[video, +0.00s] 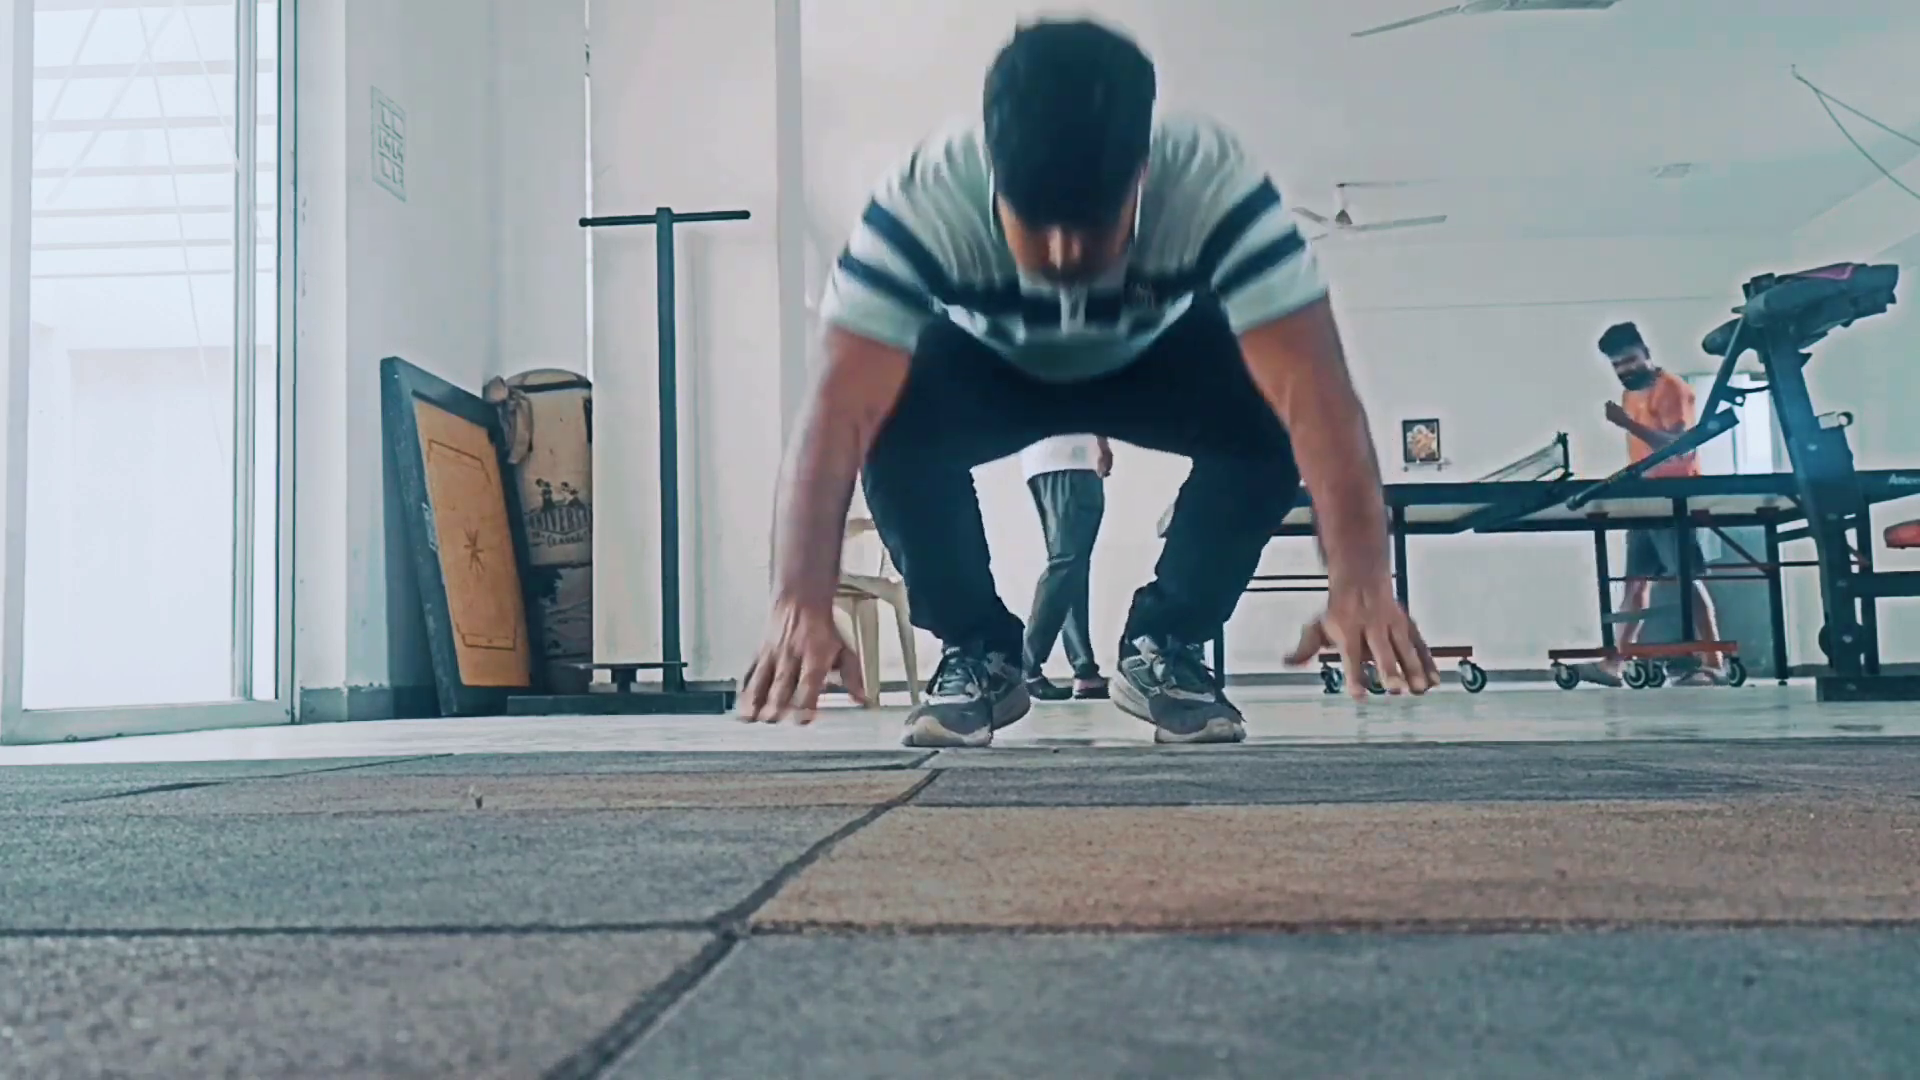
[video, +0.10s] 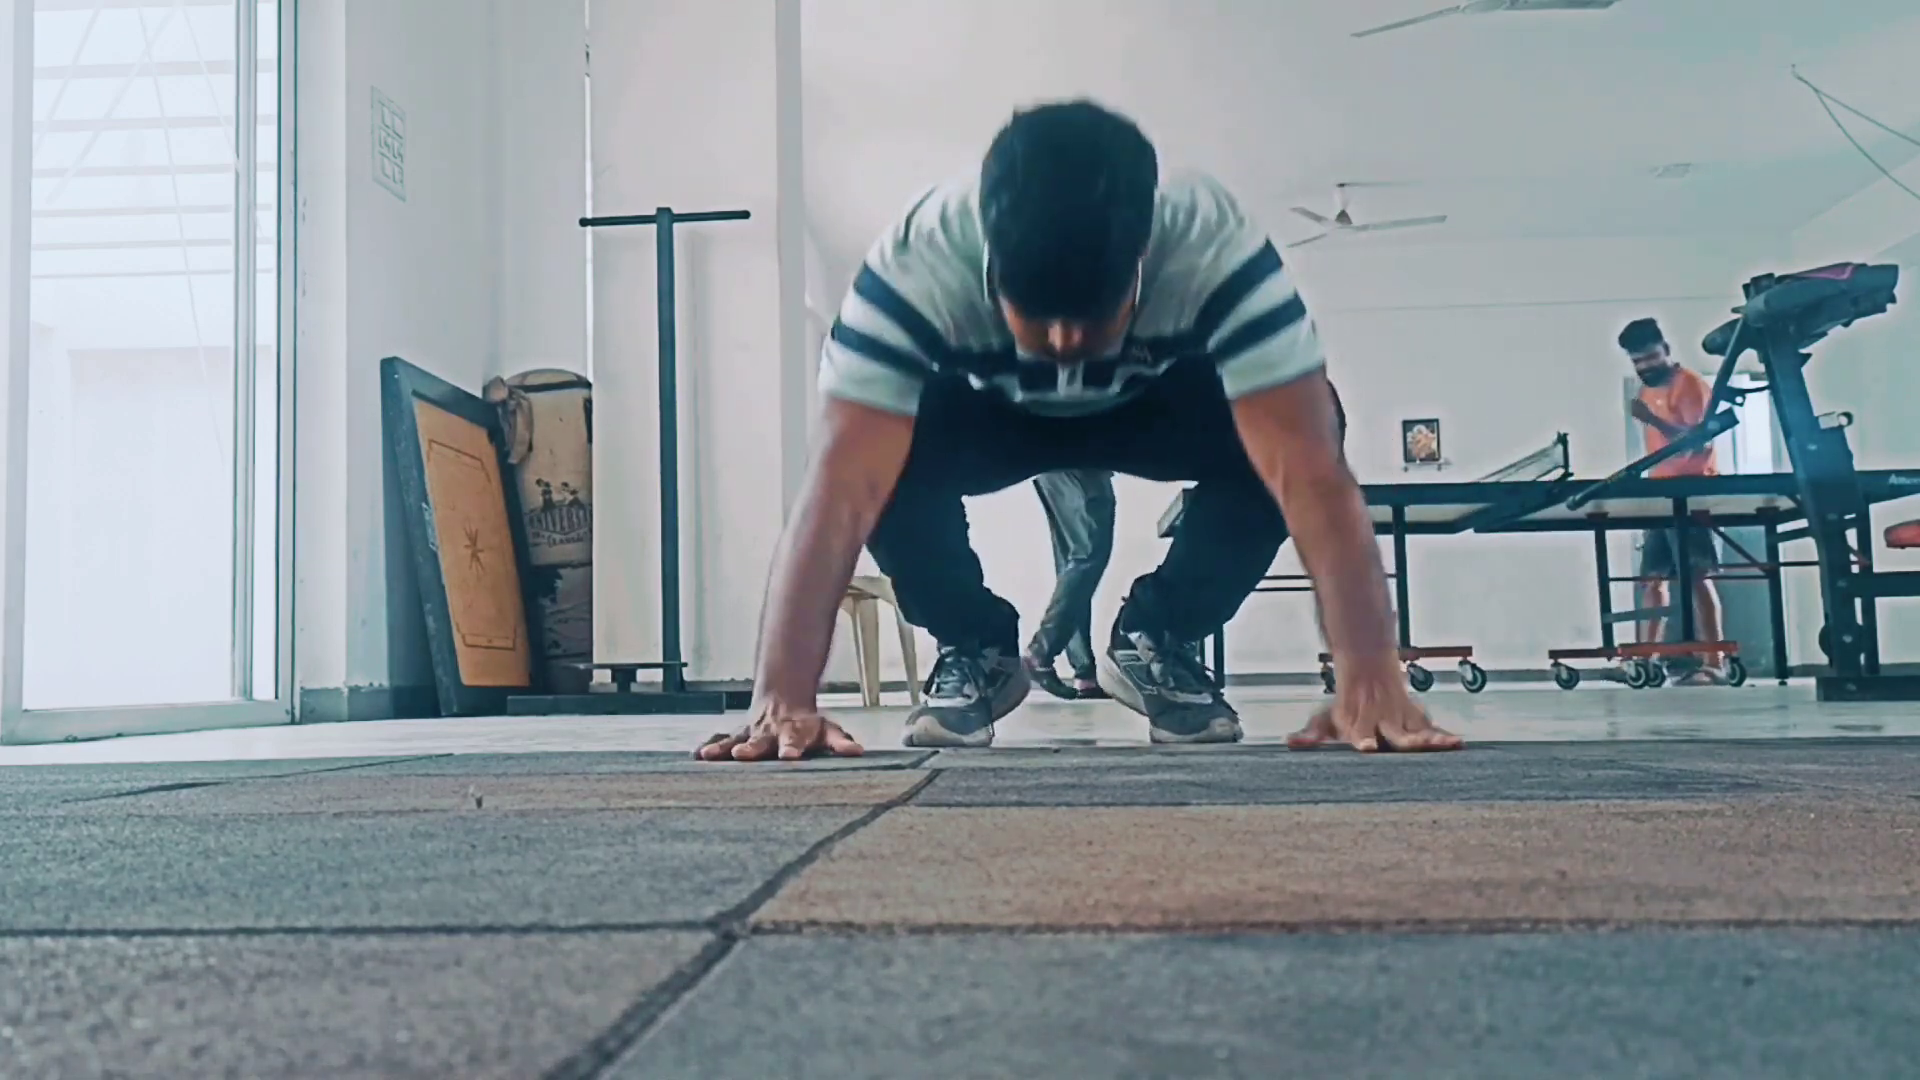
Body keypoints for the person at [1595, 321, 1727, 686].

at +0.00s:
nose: (1623, 370)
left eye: (1628, 361)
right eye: (1616, 364)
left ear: (1646, 354)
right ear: (1612, 365)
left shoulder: (1672, 388)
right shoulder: (1631, 396)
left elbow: (1678, 445)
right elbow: (1643, 451)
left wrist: (1627, 423)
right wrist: (1627, 487)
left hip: (1673, 493)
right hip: (1643, 494)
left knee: (1691, 580)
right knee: (1635, 582)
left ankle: (1714, 664)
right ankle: (1614, 663)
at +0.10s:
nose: (1645, 367)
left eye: (1651, 357)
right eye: (1638, 360)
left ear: (1667, 350)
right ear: (1631, 361)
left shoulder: (1689, 385)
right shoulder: (1648, 391)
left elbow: (1697, 443)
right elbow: (1662, 446)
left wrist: (1651, 418)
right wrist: (1650, 480)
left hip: (1691, 490)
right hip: (1661, 491)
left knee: (1698, 578)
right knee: (1652, 578)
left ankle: (1713, 662)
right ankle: (1644, 659)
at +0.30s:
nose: (1684, 361)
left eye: (1690, 352)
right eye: (1676, 354)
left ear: (1704, 346)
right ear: (1669, 353)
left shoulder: (1728, 377)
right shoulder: (1678, 389)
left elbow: (1745, 435)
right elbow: (1677, 444)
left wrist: (1708, 426)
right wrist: (1673, 489)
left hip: (1723, 482)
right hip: (1689, 485)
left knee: (1718, 571)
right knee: (1696, 579)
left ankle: (1718, 662)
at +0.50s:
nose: (1713, 360)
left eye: (1718, 350)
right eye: (1708, 352)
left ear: (1738, 346)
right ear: (1707, 354)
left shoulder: (1767, 382)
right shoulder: (1711, 390)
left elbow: (1791, 443)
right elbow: (1704, 452)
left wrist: (1743, 416)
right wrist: (1687, 499)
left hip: (1760, 490)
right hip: (1724, 493)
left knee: (1741, 574)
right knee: (1761, 583)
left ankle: (1720, 663)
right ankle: (1814, 655)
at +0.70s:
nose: (1750, 361)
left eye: (1755, 353)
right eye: (1746, 355)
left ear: (1775, 351)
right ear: (1743, 358)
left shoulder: (1807, 380)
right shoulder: (1746, 389)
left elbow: (1823, 433)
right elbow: (1734, 447)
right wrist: (1715, 491)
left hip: (1804, 490)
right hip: (1767, 492)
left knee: (1771, 574)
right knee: (1794, 577)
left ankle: (1751, 659)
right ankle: (1818, 656)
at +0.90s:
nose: (1771, 354)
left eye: (1777, 344)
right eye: (1768, 347)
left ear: (1797, 341)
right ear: (1766, 350)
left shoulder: (1831, 371)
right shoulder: (1769, 383)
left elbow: (1861, 425)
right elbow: (1763, 437)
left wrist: (1826, 410)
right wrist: (1752, 483)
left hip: (1830, 486)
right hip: (1791, 488)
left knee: (1829, 571)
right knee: (1805, 575)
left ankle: (1831, 657)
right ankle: (1819, 658)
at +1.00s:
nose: (1811, 346)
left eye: (1816, 337)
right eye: (1803, 340)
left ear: (1826, 335)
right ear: (1792, 344)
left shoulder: (1851, 370)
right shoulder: (1783, 381)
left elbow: (1877, 427)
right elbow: (1776, 440)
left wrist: (1844, 407)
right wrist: (1770, 489)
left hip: (1850, 484)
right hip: (1805, 488)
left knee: (1864, 574)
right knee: (1811, 577)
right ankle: (1819, 660)